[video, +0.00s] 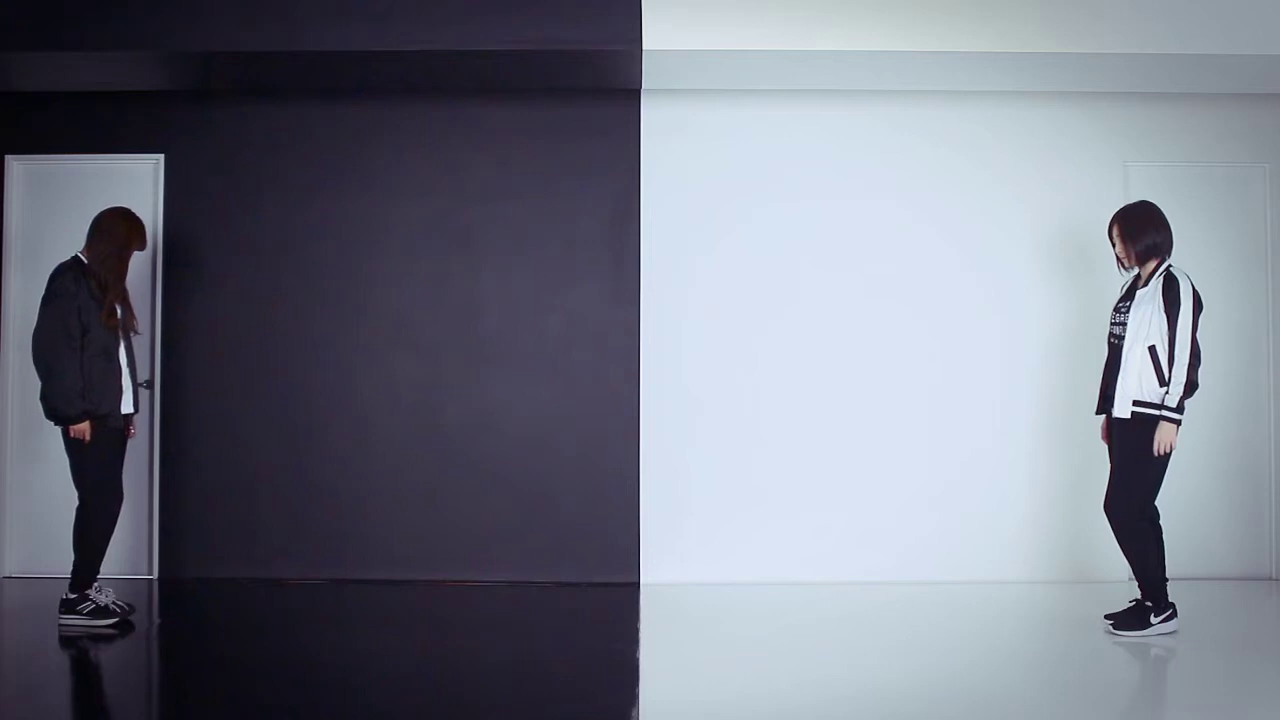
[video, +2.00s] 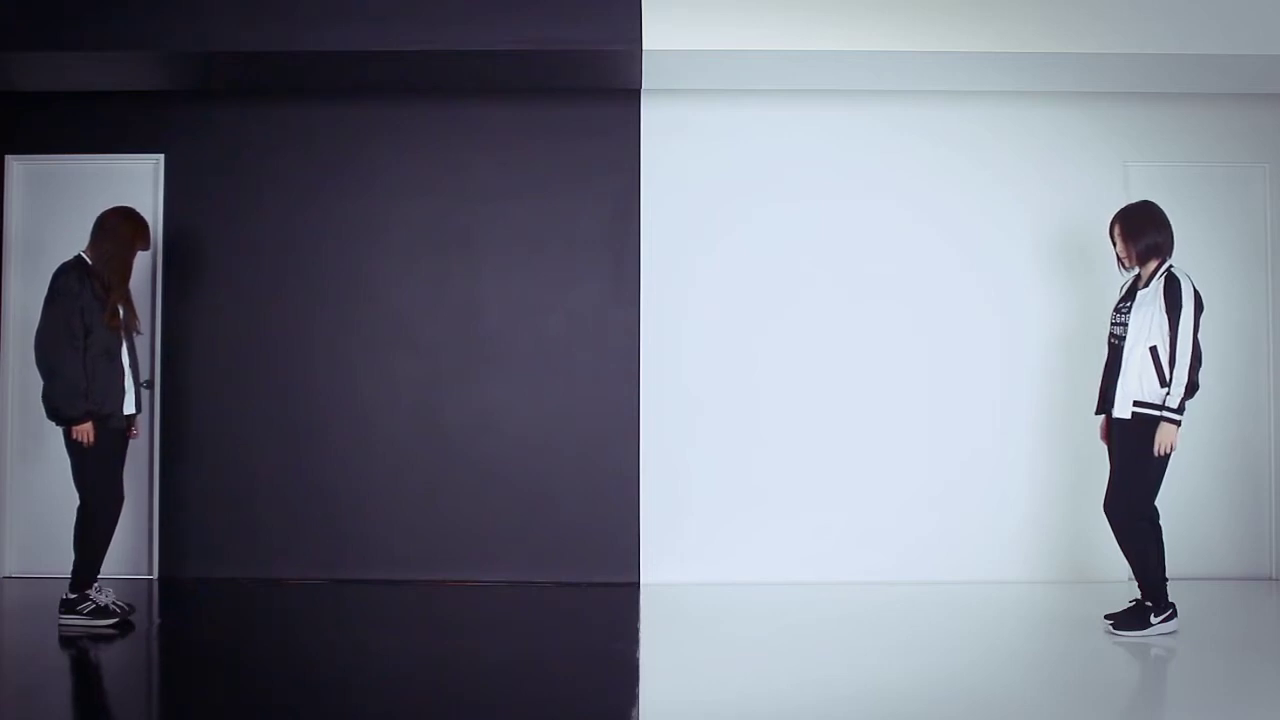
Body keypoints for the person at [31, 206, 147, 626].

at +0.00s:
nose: (130, 260)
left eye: (132, 252)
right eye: (128, 251)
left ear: (106, 241)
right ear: (112, 245)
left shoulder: (107, 284)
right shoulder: (69, 278)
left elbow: (117, 354)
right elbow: (52, 348)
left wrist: (127, 409)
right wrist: (73, 412)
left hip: (111, 415)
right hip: (86, 416)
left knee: (108, 499)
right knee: (98, 500)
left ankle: (87, 589)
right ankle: (78, 596)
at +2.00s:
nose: (134, 259)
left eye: (137, 251)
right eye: (132, 250)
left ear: (110, 241)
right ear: (115, 244)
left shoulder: (110, 283)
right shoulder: (72, 278)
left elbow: (120, 354)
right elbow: (56, 349)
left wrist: (130, 410)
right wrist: (76, 412)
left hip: (112, 416)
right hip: (87, 417)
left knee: (108, 499)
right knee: (100, 501)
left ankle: (86, 590)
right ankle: (78, 597)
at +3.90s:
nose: (156, 256)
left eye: (157, 247)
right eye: (153, 247)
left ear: (129, 240)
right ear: (136, 242)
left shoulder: (132, 285)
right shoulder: (96, 279)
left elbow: (135, 358)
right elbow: (80, 350)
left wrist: (145, 414)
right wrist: (98, 413)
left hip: (128, 414)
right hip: (111, 415)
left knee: (104, 503)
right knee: (156, 489)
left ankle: (87, 592)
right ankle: (107, 576)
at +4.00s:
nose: (162, 255)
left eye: (164, 247)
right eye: (160, 246)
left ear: (136, 240)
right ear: (142, 242)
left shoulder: (132, 282)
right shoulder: (103, 278)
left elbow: (135, 347)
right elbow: (85, 348)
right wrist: (104, 412)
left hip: (136, 415)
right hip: (122, 417)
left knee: (105, 508)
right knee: (173, 481)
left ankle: (86, 593)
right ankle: (151, 573)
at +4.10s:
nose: (173, 255)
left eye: (175, 246)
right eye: (169, 245)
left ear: (152, 244)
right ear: (149, 242)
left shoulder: (155, 285)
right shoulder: (113, 280)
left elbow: (164, 355)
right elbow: (94, 350)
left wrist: (176, 411)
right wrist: (112, 414)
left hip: (148, 418)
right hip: (133, 419)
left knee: (107, 511)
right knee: (182, 487)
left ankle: (86, 593)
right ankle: (195, 576)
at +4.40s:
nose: (214, 263)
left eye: (215, 254)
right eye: (210, 254)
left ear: (188, 250)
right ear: (190, 250)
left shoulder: (185, 294)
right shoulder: (158, 290)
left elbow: (185, 364)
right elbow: (143, 361)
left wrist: (193, 424)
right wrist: (156, 425)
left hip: (180, 427)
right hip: (171, 429)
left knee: (130, 512)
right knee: (205, 511)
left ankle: (89, 590)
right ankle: (244, 587)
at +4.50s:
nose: (233, 260)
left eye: (234, 251)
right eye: (229, 251)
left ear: (204, 248)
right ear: (210, 249)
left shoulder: (209, 290)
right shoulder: (179, 290)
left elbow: (213, 359)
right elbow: (166, 359)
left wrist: (225, 418)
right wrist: (180, 422)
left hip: (213, 421)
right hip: (192, 423)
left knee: (154, 503)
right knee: (226, 506)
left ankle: (100, 582)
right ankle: (251, 590)